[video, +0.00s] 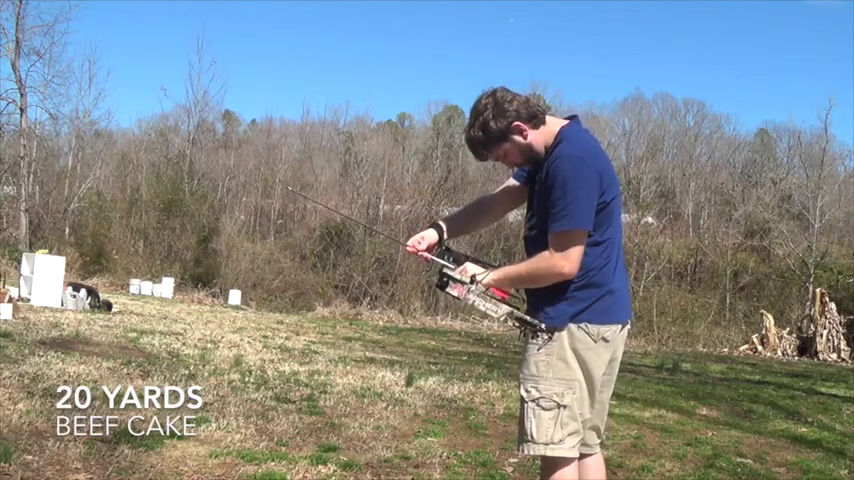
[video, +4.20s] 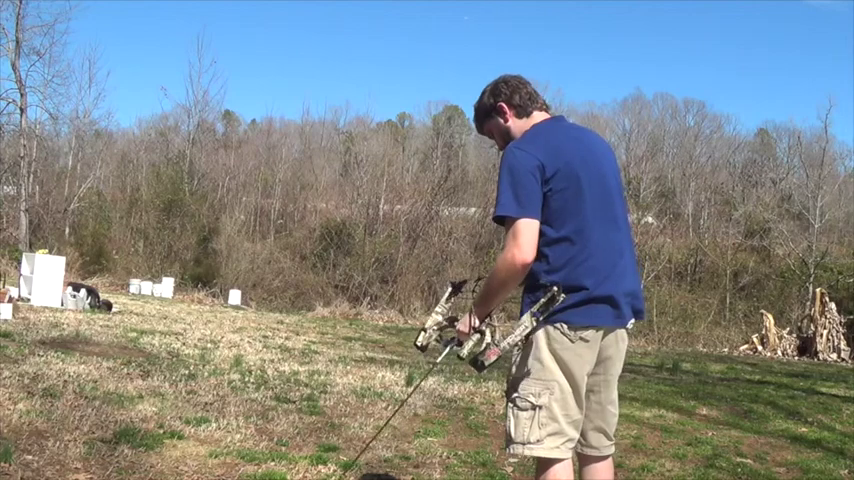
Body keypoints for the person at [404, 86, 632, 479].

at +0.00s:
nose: (505, 163)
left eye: (502, 156)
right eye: (499, 160)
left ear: (520, 130)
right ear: (521, 126)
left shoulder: (570, 160)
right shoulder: (559, 148)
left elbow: (564, 262)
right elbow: (499, 201)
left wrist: (491, 277)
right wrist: (440, 231)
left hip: (573, 319)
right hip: (593, 316)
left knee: (558, 449)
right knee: (586, 445)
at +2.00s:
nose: (499, 167)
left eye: (495, 160)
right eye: (492, 164)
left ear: (511, 133)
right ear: (513, 129)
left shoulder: (563, 159)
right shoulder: (551, 150)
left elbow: (562, 262)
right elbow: (493, 205)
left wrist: (489, 280)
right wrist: (436, 238)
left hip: (571, 319)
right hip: (589, 315)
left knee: (557, 449)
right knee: (584, 445)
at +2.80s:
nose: (495, 143)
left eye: (494, 131)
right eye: (489, 136)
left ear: (520, 110)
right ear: (524, 110)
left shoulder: (558, 156)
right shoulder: (568, 142)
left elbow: (545, 260)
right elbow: (514, 201)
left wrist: (473, 282)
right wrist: (469, 196)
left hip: (567, 320)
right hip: (600, 316)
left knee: (554, 451)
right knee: (587, 444)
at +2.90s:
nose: (494, 140)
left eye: (492, 127)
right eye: (489, 130)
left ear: (519, 108)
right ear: (525, 107)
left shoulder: (555, 153)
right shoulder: (580, 139)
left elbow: (536, 262)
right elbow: (566, 219)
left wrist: (466, 289)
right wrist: (508, 199)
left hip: (566, 317)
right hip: (604, 314)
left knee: (555, 450)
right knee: (587, 443)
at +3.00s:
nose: (494, 138)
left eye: (491, 125)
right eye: (487, 129)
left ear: (517, 106)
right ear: (524, 105)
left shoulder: (549, 153)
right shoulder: (583, 139)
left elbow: (529, 259)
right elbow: (585, 240)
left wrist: (460, 295)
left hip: (564, 320)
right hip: (605, 316)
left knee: (555, 451)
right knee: (588, 444)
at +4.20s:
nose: (499, 147)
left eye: (494, 136)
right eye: (492, 140)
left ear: (505, 111)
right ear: (541, 107)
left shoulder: (526, 151)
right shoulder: (596, 144)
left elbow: (520, 254)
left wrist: (477, 314)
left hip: (565, 311)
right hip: (618, 307)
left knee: (553, 450)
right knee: (598, 448)